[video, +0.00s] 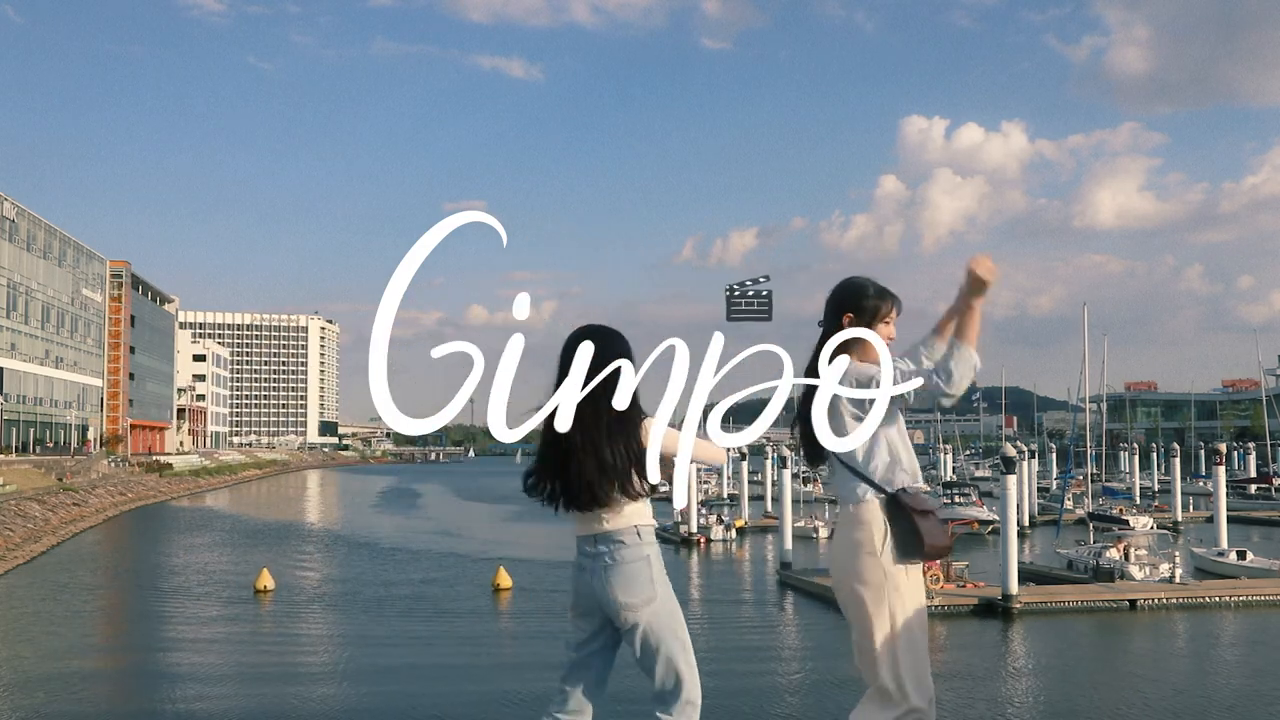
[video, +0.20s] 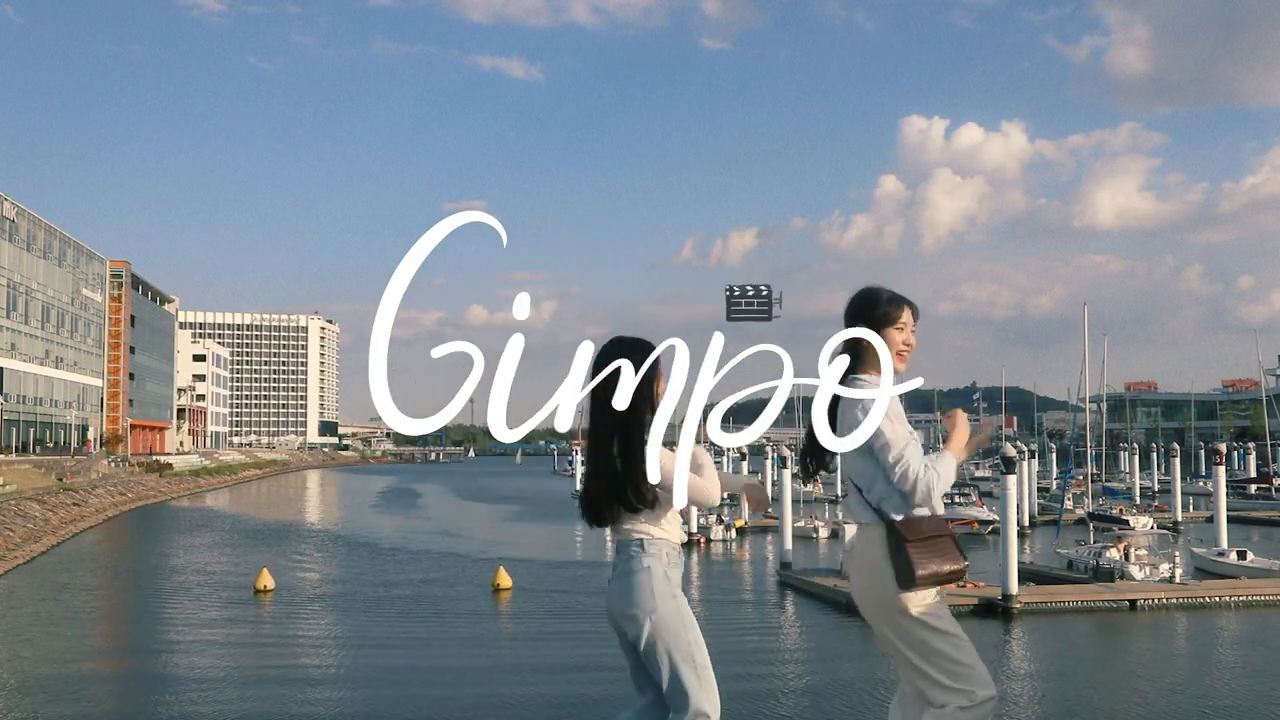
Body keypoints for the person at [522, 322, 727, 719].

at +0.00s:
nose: (633, 374)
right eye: (628, 366)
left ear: (569, 373)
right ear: (624, 370)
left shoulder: (564, 433)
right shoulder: (638, 429)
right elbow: (716, 454)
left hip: (587, 569)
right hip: (636, 568)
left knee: (577, 691)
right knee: (681, 693)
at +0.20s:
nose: (664, 386)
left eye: (662, 377)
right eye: (658, 377)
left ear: (617, 389)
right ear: (639, 385)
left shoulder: (612, 450)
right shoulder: (643, 450)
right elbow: (710, 495)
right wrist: (699, 451)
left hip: (627, 585)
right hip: (654, 587)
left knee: (655, 702)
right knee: (700, 705)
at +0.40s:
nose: (686, 364)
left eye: (687, 353)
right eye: (678, 352)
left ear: (685, 359)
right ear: (653, 356)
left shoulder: (679, 406)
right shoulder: (637, 426)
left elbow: (752, 425)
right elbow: (698, 462)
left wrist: (723, 410)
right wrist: (771, 443)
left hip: (696, 548)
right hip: (663, 551)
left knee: (744, 669)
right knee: (679, 694)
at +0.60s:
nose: (709, 376)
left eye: (709, 366)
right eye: (702, 367)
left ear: (696, 371)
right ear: (675, 371)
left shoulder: (709, 413)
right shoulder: (647, 442)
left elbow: (782, 418)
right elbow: (710, 483)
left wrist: (774, 458)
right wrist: (745, 430)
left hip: (739, 551)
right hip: (695, 558)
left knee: (776, 688)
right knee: (695, 696)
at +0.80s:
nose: (731, 380)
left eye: (730, 370)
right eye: (722, 371)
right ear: (696, 375)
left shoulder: (730, 420)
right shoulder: (677, 433)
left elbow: (792, 425)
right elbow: (712, 512)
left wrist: (758, 444)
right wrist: (790, 498)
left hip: (758, 555)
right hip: (719, 559)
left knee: (784, 682)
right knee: (735, 686)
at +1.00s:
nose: (752, 372)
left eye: (750, 363)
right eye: (745, 365)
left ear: (722, 373)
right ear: (723, 371)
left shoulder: (736, 426)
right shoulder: (722, 434)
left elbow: (786, 459)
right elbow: (803, 485)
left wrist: (828, 484)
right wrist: (786, 442)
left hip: (752, 562)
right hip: (733, 565)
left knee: (788, 684)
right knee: (743, 699)